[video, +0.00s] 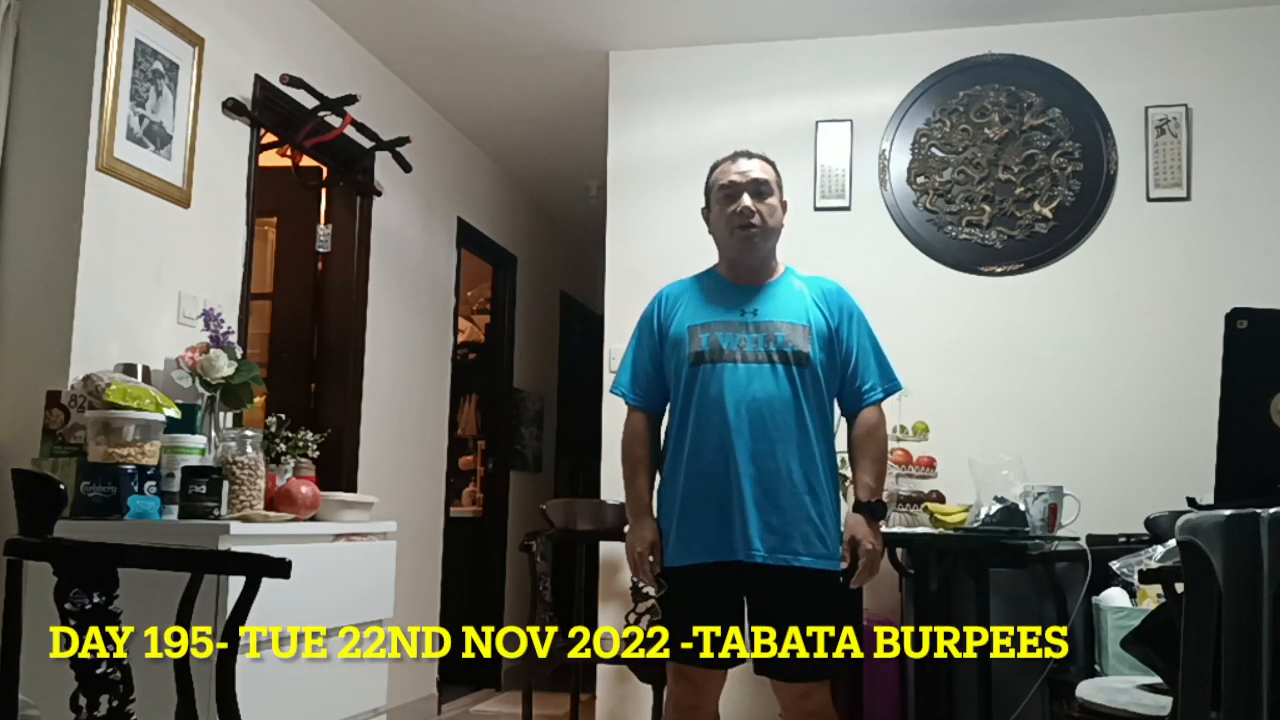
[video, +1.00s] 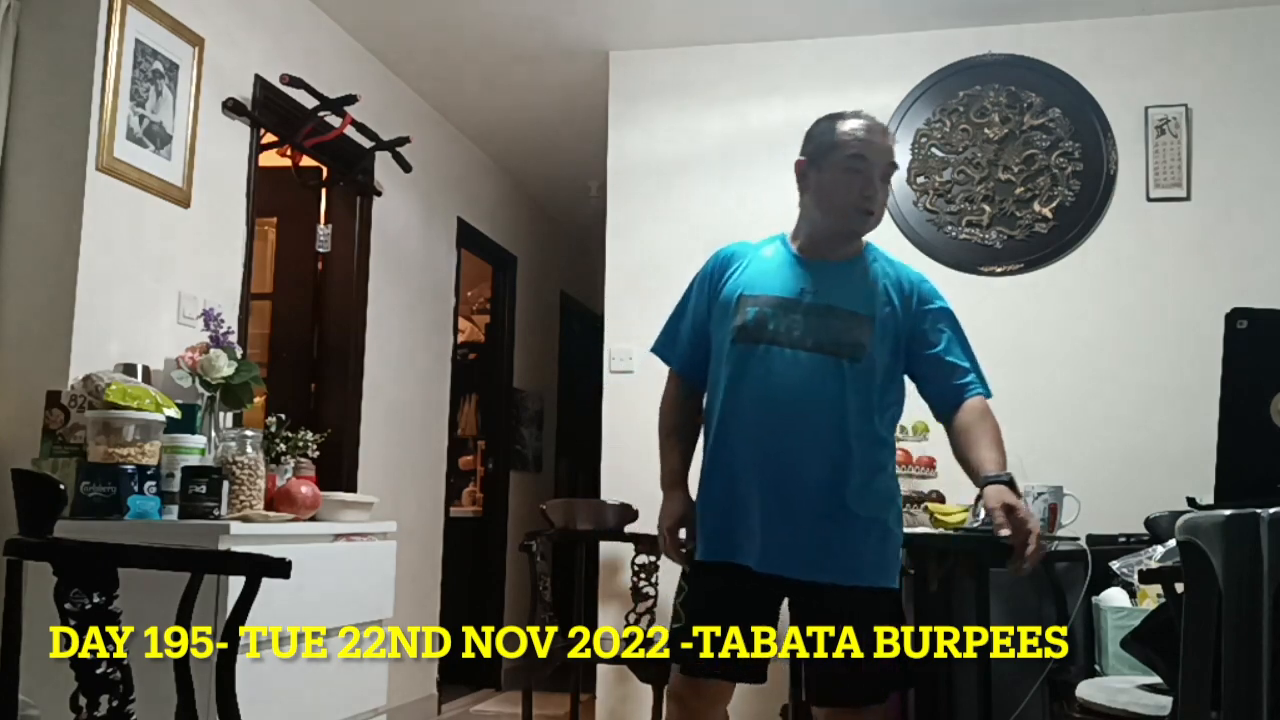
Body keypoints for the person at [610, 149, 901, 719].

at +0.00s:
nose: (745, 201)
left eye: (760, 191)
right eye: (729, 193)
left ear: (783, 213)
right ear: (707, 218)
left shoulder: (829, 303)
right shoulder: (671, 305)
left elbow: (867, 409)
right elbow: (640, 416)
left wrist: (867, 510)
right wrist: (640, 516)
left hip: (803, 541)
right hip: (698, 539)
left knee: (808, 698)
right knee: (691, 691)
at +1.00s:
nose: (874, 189)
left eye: (885, 175)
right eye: (856, 166)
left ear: (893, 188)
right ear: (804, 173)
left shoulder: (907, 294)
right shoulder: (731, 269)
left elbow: (964, 397)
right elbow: (683, 387)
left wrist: (994, 480)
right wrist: (674, 488)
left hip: (853, 550)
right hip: (736, 535)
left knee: (851, 709)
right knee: (694, 696)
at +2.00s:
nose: (1000, 188)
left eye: (1013, 171)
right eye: (983, 159)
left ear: (1017, 183)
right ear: (921, 156)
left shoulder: (1007, 298)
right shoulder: (811, 234)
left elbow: (1080, 390)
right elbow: (738, 337)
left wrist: (1151, 463)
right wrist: (715, 455)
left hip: (892, 570)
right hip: (769, 533)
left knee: (872, 713)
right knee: (726, 700)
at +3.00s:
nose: (731, 156)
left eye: (740, 146)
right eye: (710, 140)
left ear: (748, 163)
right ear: (660, 157)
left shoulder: (781, 266)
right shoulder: (600, 262)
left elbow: (848, 361)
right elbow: (544, 365)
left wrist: (784, 410)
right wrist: (646, 395)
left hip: (758, 550)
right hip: (638, 546)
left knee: (769, 711)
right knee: (653, 707)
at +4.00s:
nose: (696, 229)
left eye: (717, 201)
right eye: (671, 205)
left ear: (742, 196)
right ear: (640, 207)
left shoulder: (799, 299)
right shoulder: (600, 301)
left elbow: (844, 443)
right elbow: (567, 448)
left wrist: (813, 576)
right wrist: (595, 584)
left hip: (772, 578)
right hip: (644, 578)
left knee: (794, 710)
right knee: (626, 709)